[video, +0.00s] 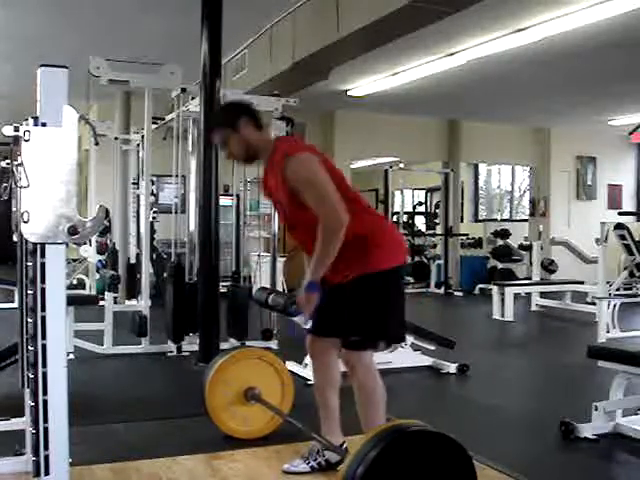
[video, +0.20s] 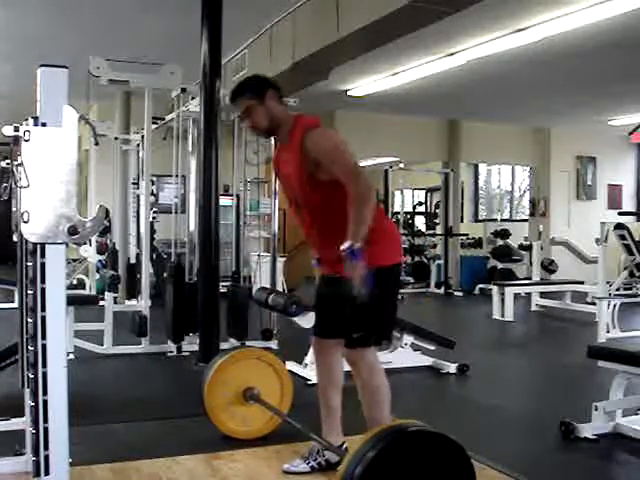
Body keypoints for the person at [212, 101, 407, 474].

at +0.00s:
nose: (227, 153)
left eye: (225, 142)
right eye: (221, 147)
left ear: (247, 127)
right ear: (244, 133)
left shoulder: (294, 159)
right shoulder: (275, 170)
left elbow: (335, 217)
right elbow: (310, 231)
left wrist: (312, 281)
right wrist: (299, 282)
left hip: (371, 259)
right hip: (343, 264)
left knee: (357, 355)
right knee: (322, 346)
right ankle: (332, 443)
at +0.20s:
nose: (247, 124)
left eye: (249, 113)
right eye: (242, 117)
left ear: (272, 99)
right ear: (260, 110)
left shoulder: (316, 138)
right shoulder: (283, 153)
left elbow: (362, 186)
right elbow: (307, 212)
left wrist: (354, 247)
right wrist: (311, 258)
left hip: (370, 258)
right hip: (335, 262)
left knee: (361, 351)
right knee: (326, 346)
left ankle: (383, 447)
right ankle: (331, 445)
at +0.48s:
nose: (291, 106)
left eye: (294, 95)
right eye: (285, 100)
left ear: (318, 83)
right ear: (286, 100)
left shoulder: (356, 122)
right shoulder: (312, 138)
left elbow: (415, 161)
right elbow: (331, 204)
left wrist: (417, 229)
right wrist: (328, 258)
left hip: (380, 261)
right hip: (342, 264)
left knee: (383, 356)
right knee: (330, 349)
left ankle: (414, 444)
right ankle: (331, 446)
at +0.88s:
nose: (354, 101)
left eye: (358, 90)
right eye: (345, 95)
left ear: (374, 74)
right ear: (337, 93)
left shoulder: (409, 120)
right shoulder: (348, 130)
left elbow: (450, 181)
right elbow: (363, 189)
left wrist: (403, 230)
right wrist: (346, 223)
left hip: (410, 265)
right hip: (363, 263)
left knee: (411, 357)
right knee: (350, 344)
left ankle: (421, 444)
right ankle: (370, 439)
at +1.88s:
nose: (314, 131)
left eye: (317, 119)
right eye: (306, 125)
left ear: (336, 99)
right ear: (297, 119)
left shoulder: (378, 143)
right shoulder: (318, 145)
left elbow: (400, 223)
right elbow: (320, 209)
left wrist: (369, 287)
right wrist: (312, 268)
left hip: (394, 270)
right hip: (354, 265)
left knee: (365, 358)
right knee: (334, 350)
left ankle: (368, 449)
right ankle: (368, 434)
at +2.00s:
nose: (299, 158)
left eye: (302, 147)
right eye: (291, 152)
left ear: (318, 129)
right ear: (286, 145)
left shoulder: (362, 162)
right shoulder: (308, 168)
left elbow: (379, 251)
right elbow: (309, 225)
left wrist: (365, 328)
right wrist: (304, 287)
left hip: (402, 267)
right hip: (361, 263)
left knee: (367, 354)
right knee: (327, 339)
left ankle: (370, 448)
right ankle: (348, 429)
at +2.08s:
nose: (286, 202)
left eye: (288, 191)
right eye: (279, 196)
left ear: (305, 166)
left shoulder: (351, 195)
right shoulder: (293, 198)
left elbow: (367, 288)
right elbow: (297, 261)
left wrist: (366, 369)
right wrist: (295, 323)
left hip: (407, 266)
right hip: (362, 265)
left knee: (372, 362)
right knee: (335, 352)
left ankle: (367, 453)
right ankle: (327, 443)